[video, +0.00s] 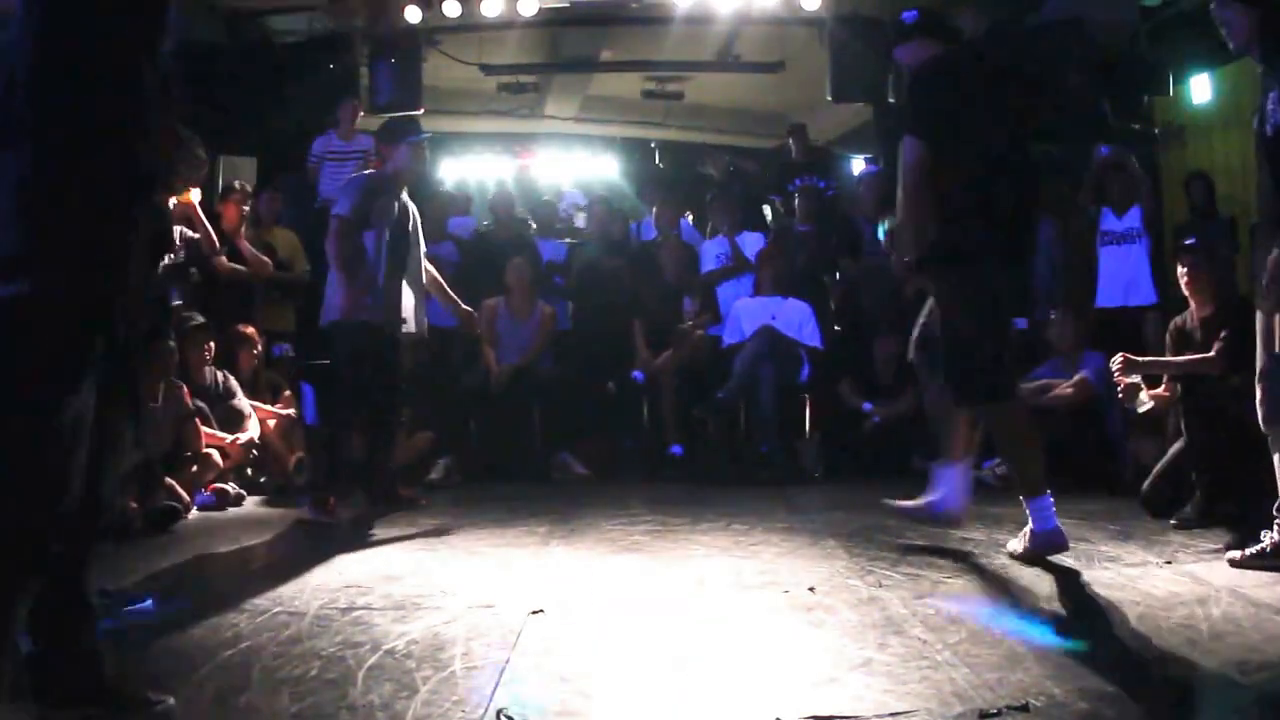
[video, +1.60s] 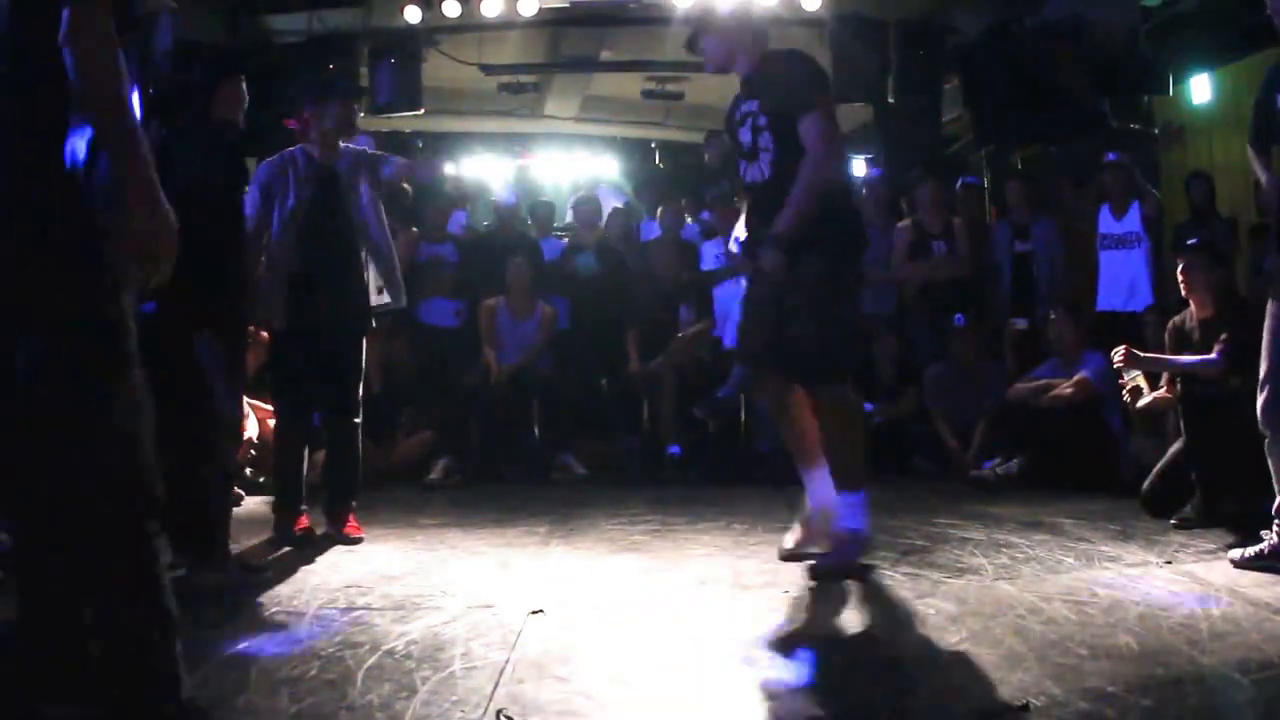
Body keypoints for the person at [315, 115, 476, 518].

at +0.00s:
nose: (422, 155)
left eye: (422, 147)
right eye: (413, 147)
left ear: (409, 152)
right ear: (387, 150)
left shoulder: (406, 207)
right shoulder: (363, 186)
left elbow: (421, 267)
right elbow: (338, 236)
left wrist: (458, 307)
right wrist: (353, 288)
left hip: (391, 323)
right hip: (353, 320)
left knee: (387, 407)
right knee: (343, 407)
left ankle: (382, 486)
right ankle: (331, 492)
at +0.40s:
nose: (390, 148)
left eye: (389, 141)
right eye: (381, 141)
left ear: (381, 149)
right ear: (354, 146)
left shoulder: (390, 202)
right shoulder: (321, 192)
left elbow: (398, 260)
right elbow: (290, 246)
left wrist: (394, 310)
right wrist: (280, 302)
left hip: (368, 323)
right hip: (319, 322)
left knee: (379, 409)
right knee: (313, 414)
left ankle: (380, 487)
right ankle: (310, 498)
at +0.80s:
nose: (331, 159)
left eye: (337, 150)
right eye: (324, 151)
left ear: (345, 148)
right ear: (305, 148)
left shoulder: (364, 191)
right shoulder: (277, 196)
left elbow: (397, 251)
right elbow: (255, 260)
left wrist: (412, 278)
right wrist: (249, 319)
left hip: (347, 326)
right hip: (294, 325)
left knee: (360, 413)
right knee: (297, 417)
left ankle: (363, 497)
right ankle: (309, 497)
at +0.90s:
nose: (329, 162)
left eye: (335, 153)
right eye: (321, 153)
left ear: (345, 147)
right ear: (304, 147)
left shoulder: (363, 185)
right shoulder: (278, 186)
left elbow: (418, 205)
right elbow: (253, 252)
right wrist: (249, 316)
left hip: (346, 321)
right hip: (293, 320)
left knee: (348, 411)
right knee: (297, 413)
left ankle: (348, 501)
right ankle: (308, 498)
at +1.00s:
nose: (331, 145)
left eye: (338, 138)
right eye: (324, 136)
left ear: (346, 142)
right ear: (306, 137)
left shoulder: (360, 185)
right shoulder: (278, 186)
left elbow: (408, 164)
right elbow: (254, 252)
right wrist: (249, 316)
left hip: (343, 317)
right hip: (291, 317)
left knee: (344, 411)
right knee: (296, 409)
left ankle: (345, 505)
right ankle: (308, 496)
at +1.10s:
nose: (336, 131)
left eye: (342, 124)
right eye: (327, 123)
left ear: (349, 131)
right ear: (307, 132)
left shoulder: (364, 174)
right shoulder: (286, 178)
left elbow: (409, 146)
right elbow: (261, 247)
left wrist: (449, 115)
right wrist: (251, 310)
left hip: (343, 313)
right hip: (291, 312)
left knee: (341, 413)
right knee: (296, 413)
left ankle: (342, 509)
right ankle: (308, 496)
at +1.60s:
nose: (339, 125)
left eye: (344, 116)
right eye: (330, 115)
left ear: (349, 121)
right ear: (307, 117)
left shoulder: (360, 164)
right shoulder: (275, 172)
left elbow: (413, 171)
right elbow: (251, 240)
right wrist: (253, 305)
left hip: (347, 308)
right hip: (293, 308)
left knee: (344, 415)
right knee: (292, 415)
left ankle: (341, 510)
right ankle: (290, 512)